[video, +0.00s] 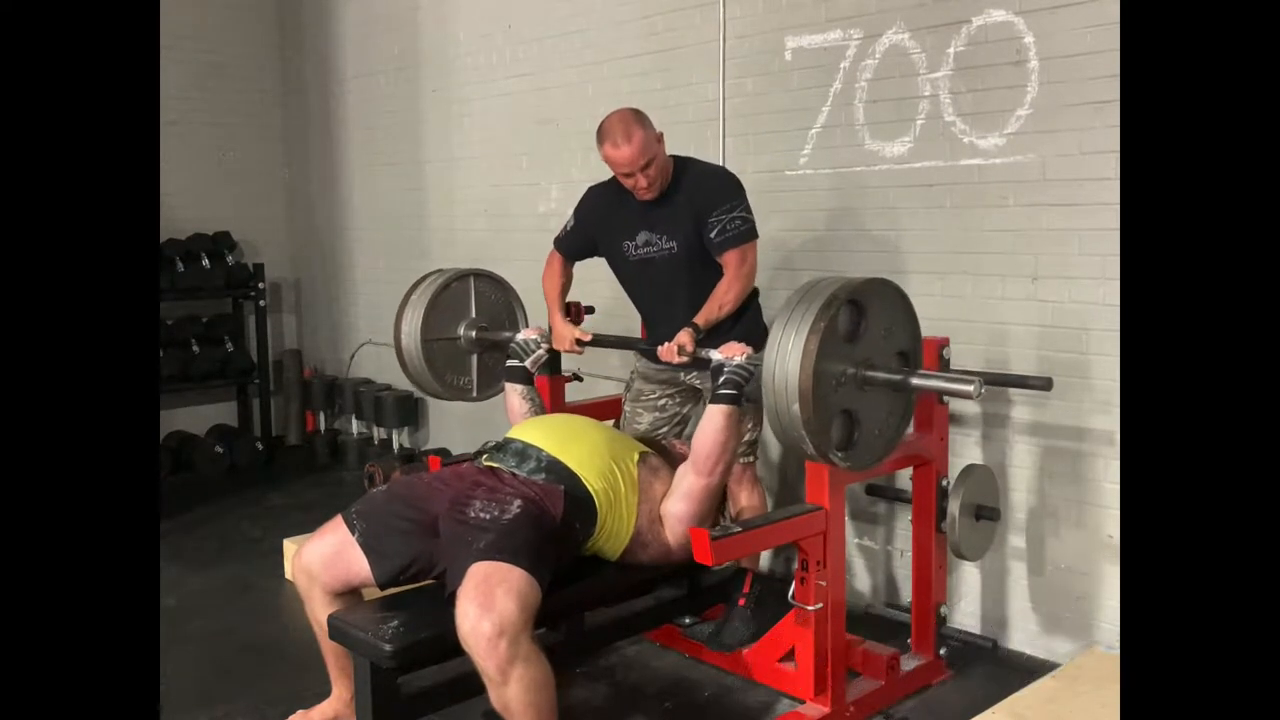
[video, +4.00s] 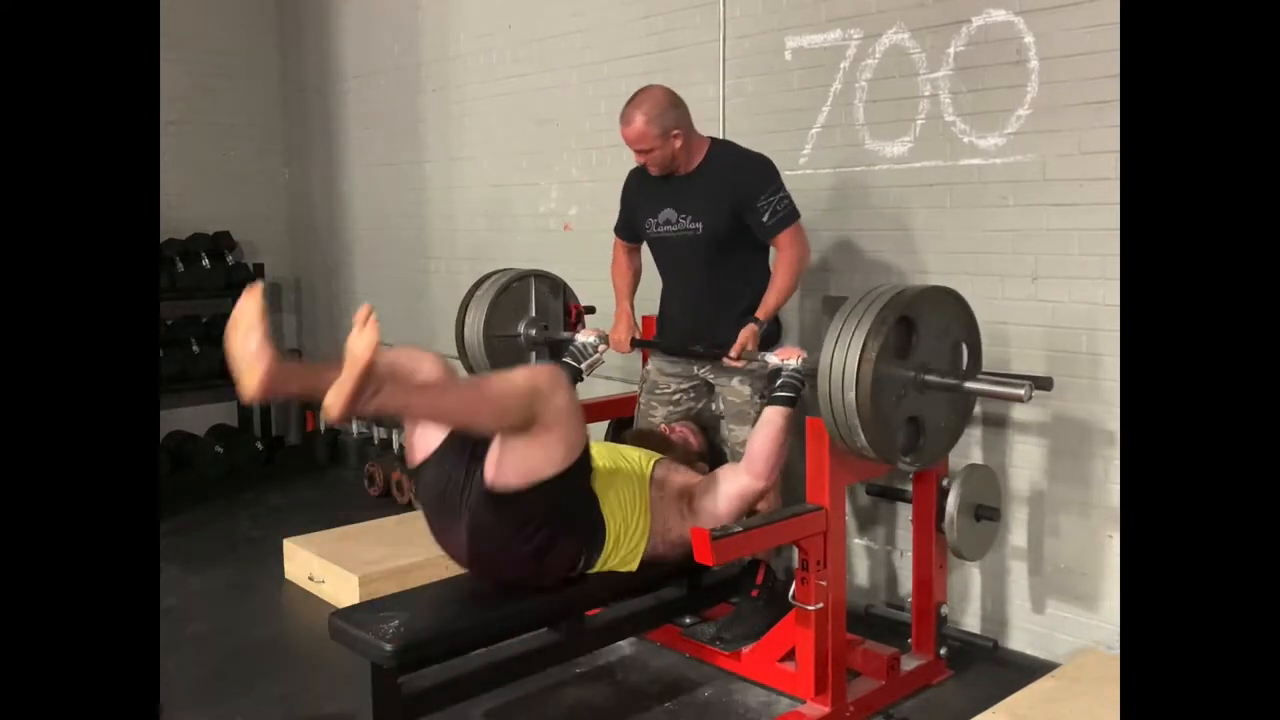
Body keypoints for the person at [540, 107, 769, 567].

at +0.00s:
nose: (641, 183)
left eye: (647, 168)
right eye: (627, 176)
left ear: (661, 142)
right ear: (608, 165)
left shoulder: (713, 186)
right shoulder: (600, 206)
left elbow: (741, 273)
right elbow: (558, 259)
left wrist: (693, 328)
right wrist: (556, 319)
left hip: (729, 349)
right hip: (659, 355)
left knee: (736, 469)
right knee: (637, 462)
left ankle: (748, 590)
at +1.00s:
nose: (625, 193)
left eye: (630, 178)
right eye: (611, 186)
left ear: (648, 152)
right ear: (596, 178)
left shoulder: (709, 193)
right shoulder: (593, 211)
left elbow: (745, 281)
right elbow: (537, 259)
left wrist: (708, 339)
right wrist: (528, 317)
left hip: (731, 357)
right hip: (659, 361)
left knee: (738, 469)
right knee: (650, 463)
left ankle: (750, 585)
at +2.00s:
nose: (644, 187)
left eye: (652, 174)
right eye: (634, 176)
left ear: (679, 152)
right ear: (623, 163)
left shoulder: (732, 198)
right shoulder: (625, 202)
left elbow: (766, 290)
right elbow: (615, 265)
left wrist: (724, 363)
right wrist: (607, 328)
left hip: (736, 362)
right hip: (667, 362)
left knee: (739, 479)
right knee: (666, 474)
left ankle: (764, 593)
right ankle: (695, 591)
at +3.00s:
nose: (694, 146)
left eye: (703, 133)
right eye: (682, 137)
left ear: (717, 124)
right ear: (663, 135)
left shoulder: (756, 178)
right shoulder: (647, 191)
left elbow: (775, 262)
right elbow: (602, 239)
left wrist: (735, 308)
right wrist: (599, 289)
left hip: (751, 349)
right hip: (680, 350)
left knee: (755, 460)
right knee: (660, 445)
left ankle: (767, 586)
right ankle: (704, 558)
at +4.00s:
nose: (638, 161)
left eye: (645, 150)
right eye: (634, 150)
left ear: (679, 136)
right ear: (654, 139)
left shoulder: (747, 172)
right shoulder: (641, 185)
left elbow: (793, 252)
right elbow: (626, 249)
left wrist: (760, 321)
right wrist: (624, 311)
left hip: (741, 358)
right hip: (671, 355)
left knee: (756, 478)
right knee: (656, 470)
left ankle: (770, 591)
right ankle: (687, 588)